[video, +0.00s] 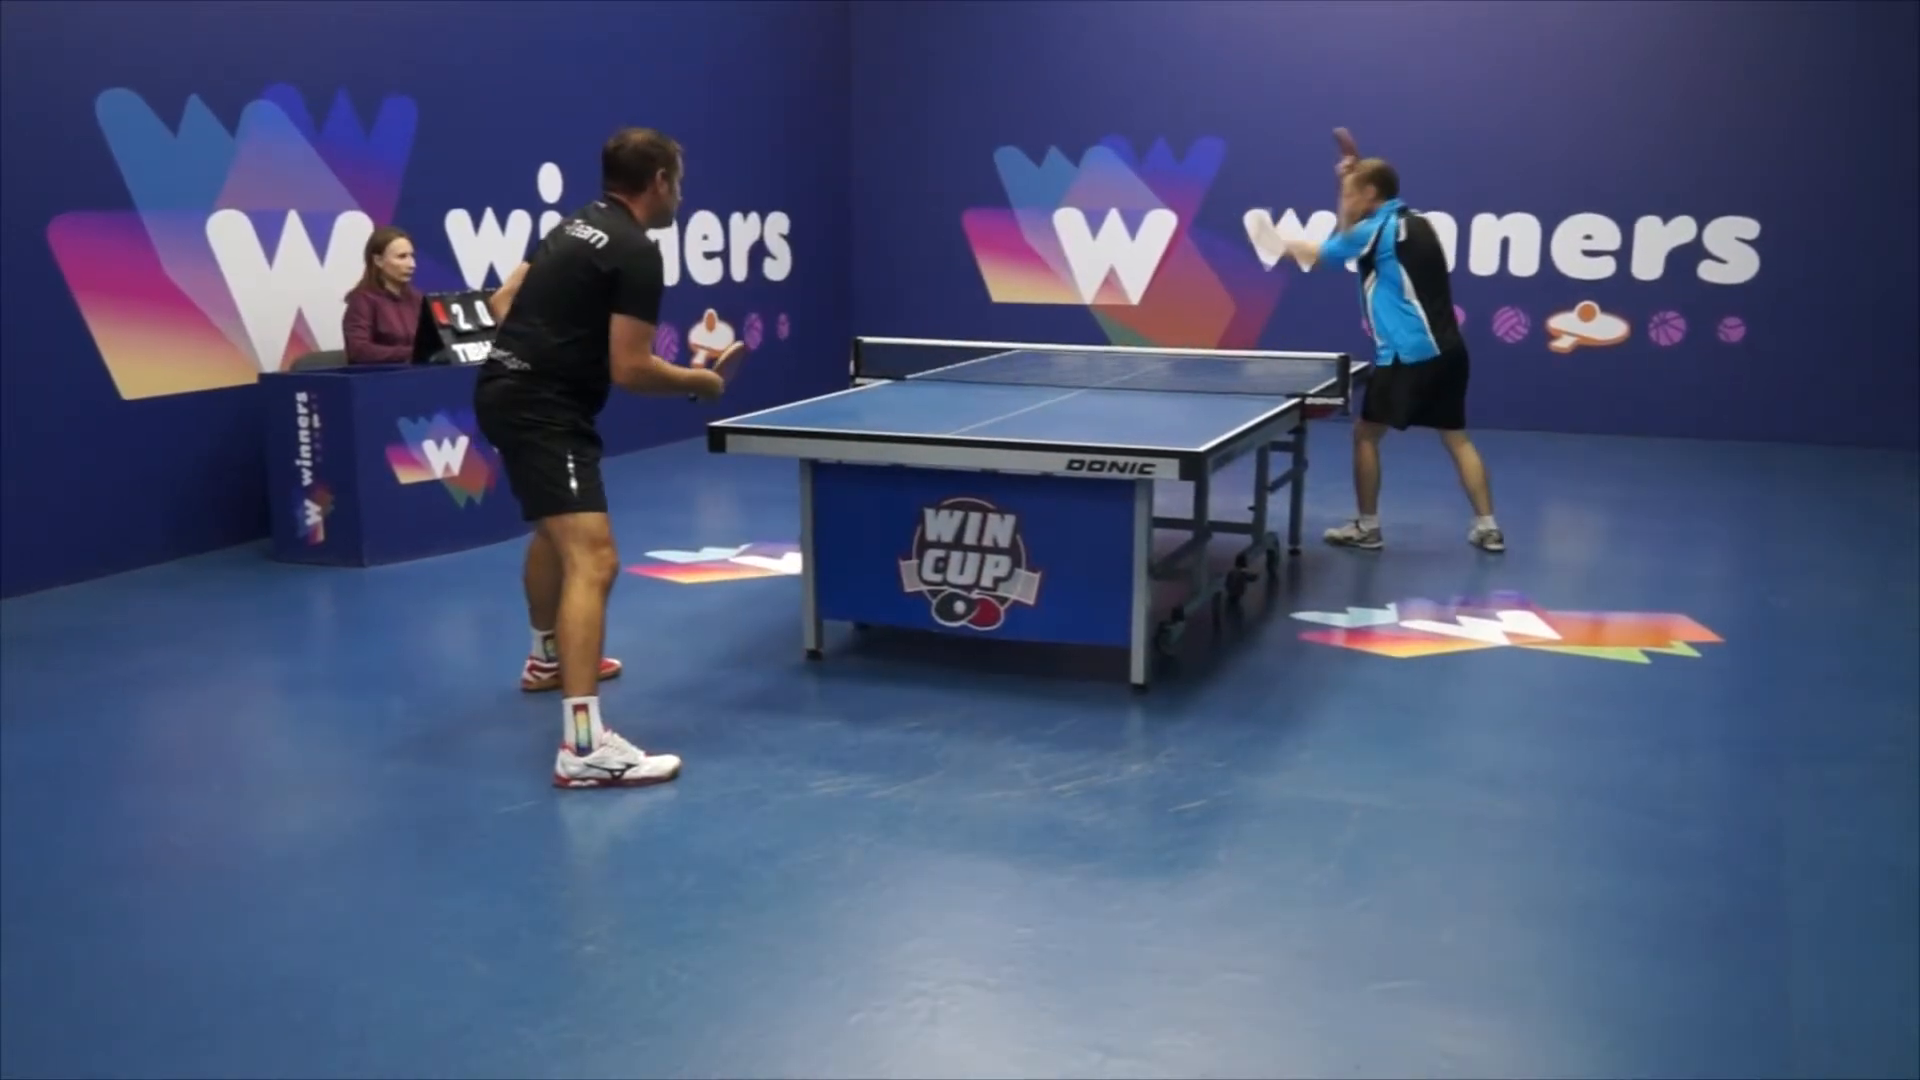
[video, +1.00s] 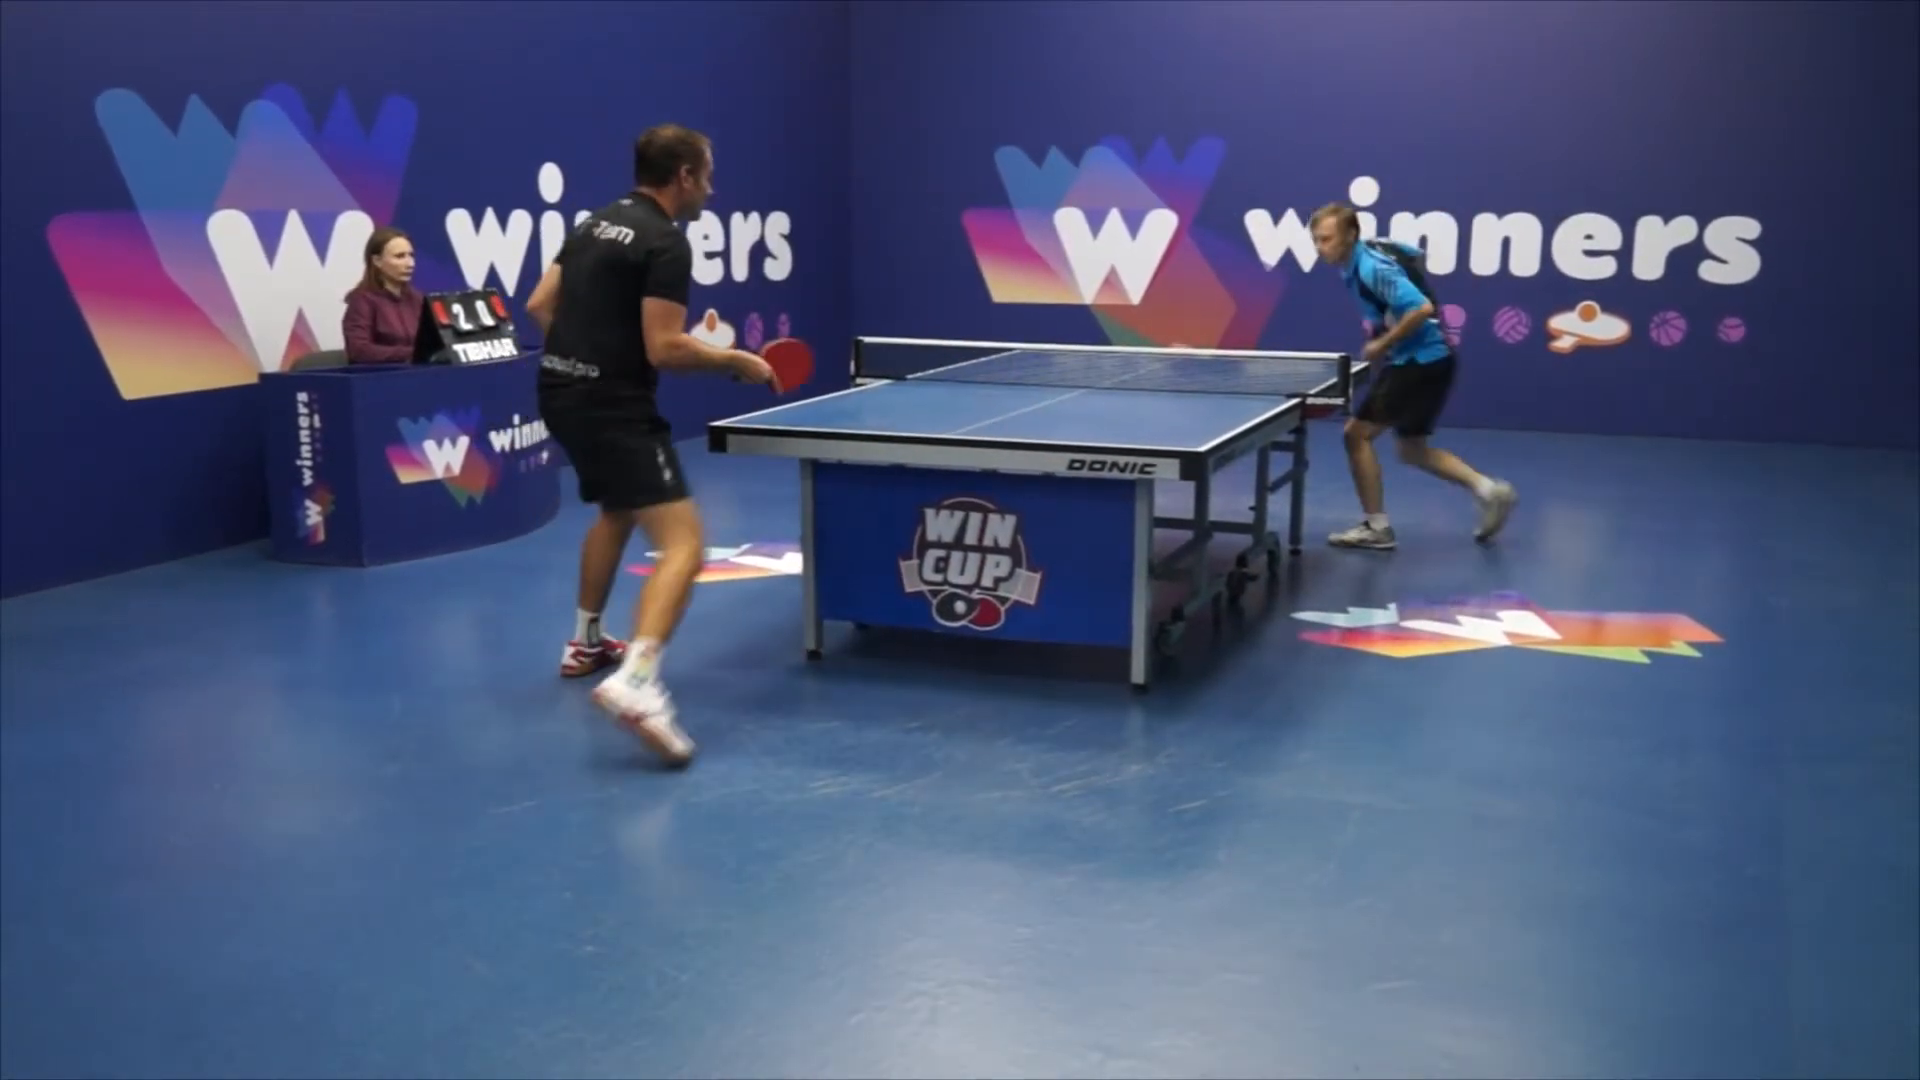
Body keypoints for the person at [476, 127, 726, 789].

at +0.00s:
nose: (679, 193)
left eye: (676, 181)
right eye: (675, 182)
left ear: (616, 181)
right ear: (655, 186)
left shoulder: (573, 225)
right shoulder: (637, 251)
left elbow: (504, 301)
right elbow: (628, 366)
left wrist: (558, 351)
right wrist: (696, 380)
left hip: (507, 389)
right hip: (545, 400)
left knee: (554, 530)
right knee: (593, 561)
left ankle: (548, 656)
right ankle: (583, 741)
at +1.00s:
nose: (711, 188)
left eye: (710, 175)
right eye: (708, 176)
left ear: (649, 175)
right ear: (683, 177)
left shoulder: (595, 221)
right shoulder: (665, 243)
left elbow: (541, 305)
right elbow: (664, 347)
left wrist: (600, 343)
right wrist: (735, 359)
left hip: (561, 388)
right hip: (614, 396)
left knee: (618, 509)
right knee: (683, 541)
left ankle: (585, 641)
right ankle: (637, 679)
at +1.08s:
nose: (720, 194)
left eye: (720, 181)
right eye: (716, 181)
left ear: (665, 175)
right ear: (691, 178)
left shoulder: (610, 217)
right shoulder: (670, 237)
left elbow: (552, 298)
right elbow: (671, 341)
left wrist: (627, 334)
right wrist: (739, 356)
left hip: (566, 385)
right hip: (616, 391)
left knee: (624, 505)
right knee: (713, 521)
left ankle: (585, 637)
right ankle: (669, 667)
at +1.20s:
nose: (736, 211)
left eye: (739, 200)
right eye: (737, 198)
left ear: (685, 179)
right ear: (717, 185)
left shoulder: (628, 214)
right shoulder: (691, 232)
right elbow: (698, 336)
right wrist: (745, 345)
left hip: (570, 375)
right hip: (623, 382)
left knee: (619, 505)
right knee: (729, 506)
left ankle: (584, 642)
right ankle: (750, 659)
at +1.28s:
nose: (751, 224)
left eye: (754, 213)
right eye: (754, 212)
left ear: (702, 184)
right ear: (740, 199)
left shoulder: (635, 218)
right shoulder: (718, 243)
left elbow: (570, 292)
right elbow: (746, 346)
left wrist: (627, 318)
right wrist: (717, 330)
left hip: (578, 372)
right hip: (640, 383)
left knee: (613, 508)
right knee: (742, 508)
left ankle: (583, 640)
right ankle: (789, 650)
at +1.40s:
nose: (769, 240)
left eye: (773, 232)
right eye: (773, 231)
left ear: (718, 204)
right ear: (763, 221)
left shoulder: (649, 231)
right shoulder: (756, 266)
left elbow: (577, 296)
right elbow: (813, 362)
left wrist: (608, 342)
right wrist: (766, 353)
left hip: (606, 387)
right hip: (676, 397)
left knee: (613, 510)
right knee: (765, 512)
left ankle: (580, 643)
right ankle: (786, 661)